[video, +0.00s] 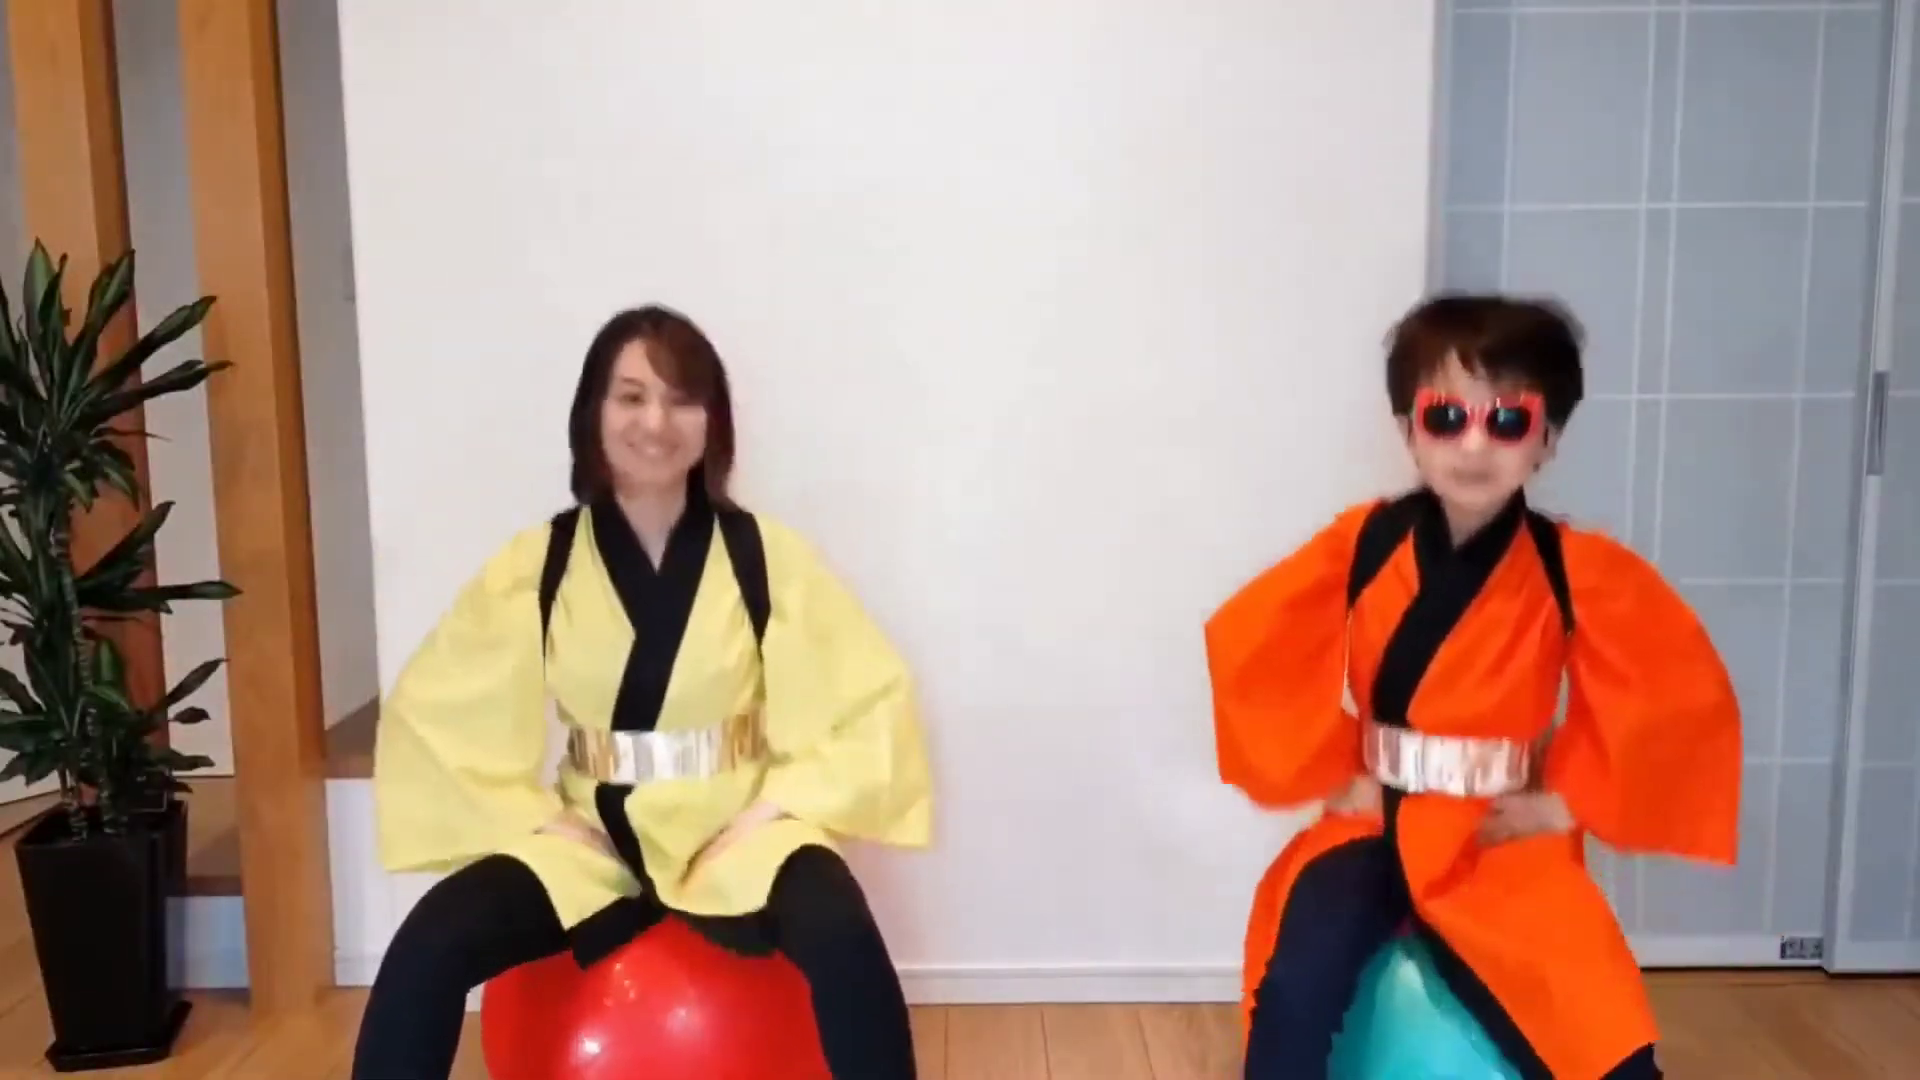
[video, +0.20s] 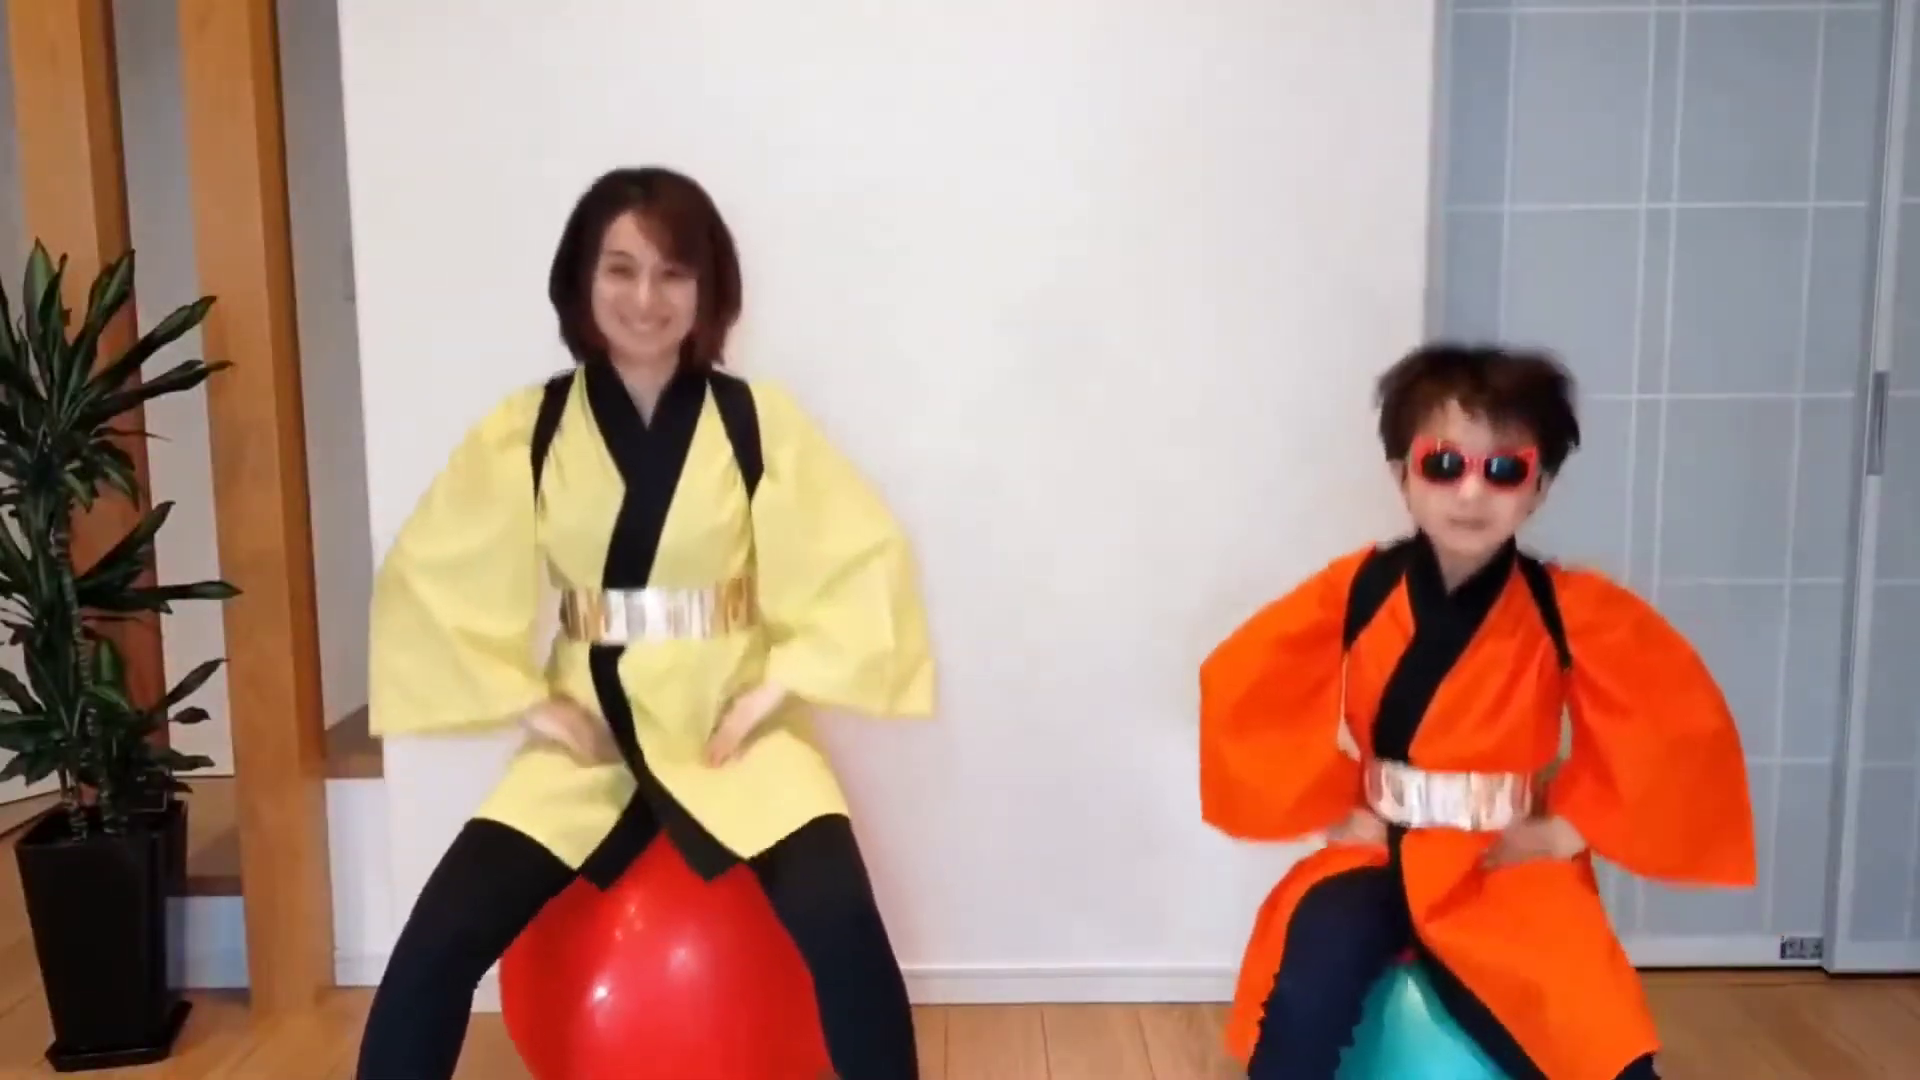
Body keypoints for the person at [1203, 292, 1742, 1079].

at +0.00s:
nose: (1473, 441)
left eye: (1508, 418)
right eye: (1444, 415)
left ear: (1547, 443)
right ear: (1406, 431)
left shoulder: (1574, 567)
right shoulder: (1363, 543)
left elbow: (1685, 700)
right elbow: (1247, 646)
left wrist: (1566, 802)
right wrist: (1334, 772)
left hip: (1505, 840)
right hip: (1369, 827)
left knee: (1606, 1029)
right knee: (1296, 982)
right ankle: (1280, 1069)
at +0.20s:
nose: (1471, 491)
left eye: (1504, 467)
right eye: (1443, 463)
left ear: (1539, 488)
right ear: (1402, 476)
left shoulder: (1568, 606)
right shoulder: (1361, 587)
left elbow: (1680, 726)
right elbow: (1237, 684)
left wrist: (1567, 830)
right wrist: (1332, 804)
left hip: (1508, 862)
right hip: (1375, 851)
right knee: (1319, 944)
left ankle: (1620, 1068)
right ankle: (1284, 1068)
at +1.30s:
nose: (1457, 512)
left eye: (1487, 488)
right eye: (1426, 488)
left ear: (1516, 504)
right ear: (1381, 509)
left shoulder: (1556, 626)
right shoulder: (1346, 614)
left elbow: (1676, 744)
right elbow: (1227, 712)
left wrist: (1564, 846)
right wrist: (1333, 816)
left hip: (1505, 885)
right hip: (1370, 874)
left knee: (1602, 1042)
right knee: (1303, 986)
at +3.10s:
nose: (1474, 514)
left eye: (1507, 492)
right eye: (1445, 484)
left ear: (1535, 499)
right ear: (1394, 487)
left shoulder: (1558, 614)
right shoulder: (1350, 599)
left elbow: (1654, 706)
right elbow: (1236, 678)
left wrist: (1595, 792)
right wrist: (1304, 792)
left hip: (1495, 880)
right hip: (1358, 868)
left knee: (1593, 1052)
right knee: (1258, 1026)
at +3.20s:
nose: (1494, 470)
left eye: (1528, 449)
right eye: (1468, 439)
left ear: (1558, 443)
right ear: (1414, 421)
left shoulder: (1562, 538)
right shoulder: (1359, 520)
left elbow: (1694, 613)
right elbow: (1219, 578)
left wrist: (1672, 664)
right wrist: (1250, 662)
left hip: (1493, 820)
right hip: (1355, 809)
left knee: (1614, 1020)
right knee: (1255, 996)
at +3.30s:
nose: (1515, 484)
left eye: (1551, 463)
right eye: (1491, 449)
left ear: (1580, 454)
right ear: (1434, 420)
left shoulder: (1568, 539)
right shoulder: (1371, 511)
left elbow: (1690, 598)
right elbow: (1216, 549)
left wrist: (1699, 665)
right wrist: (1227, 606)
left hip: (1495, 812)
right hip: (1356, 799)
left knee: (1629, 977)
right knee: (1254, 969)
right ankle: (1248, 1071)